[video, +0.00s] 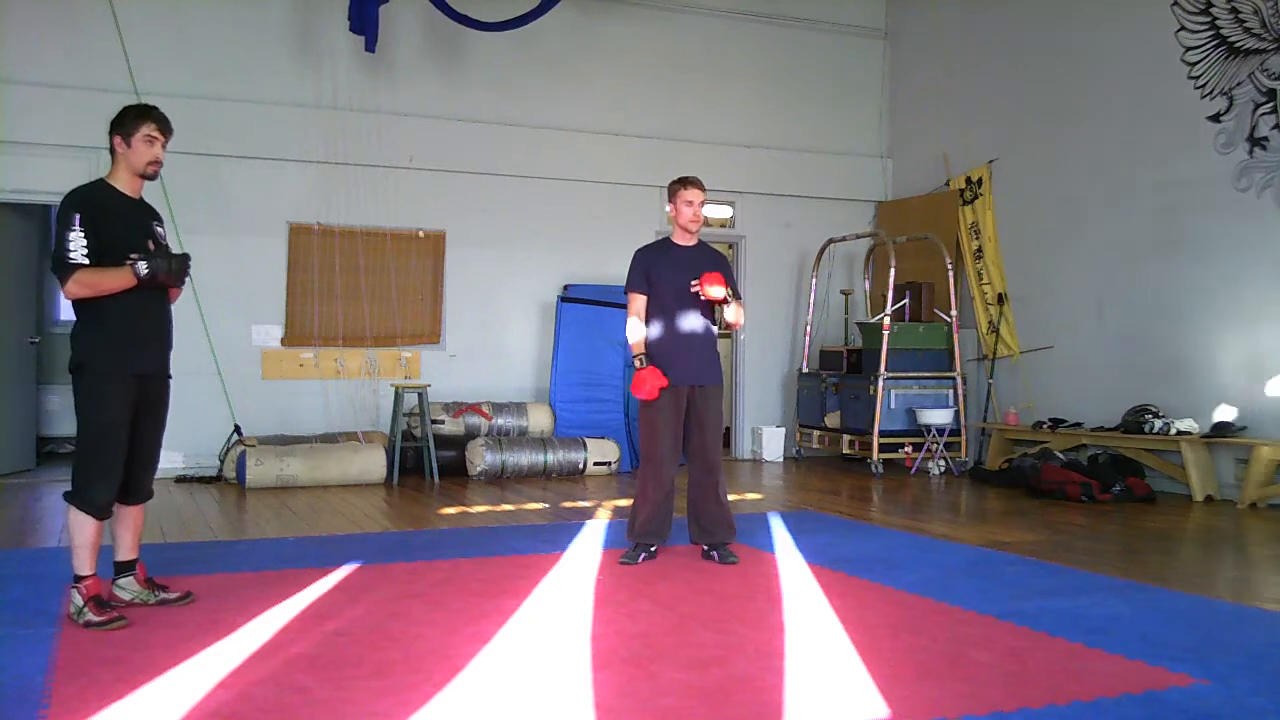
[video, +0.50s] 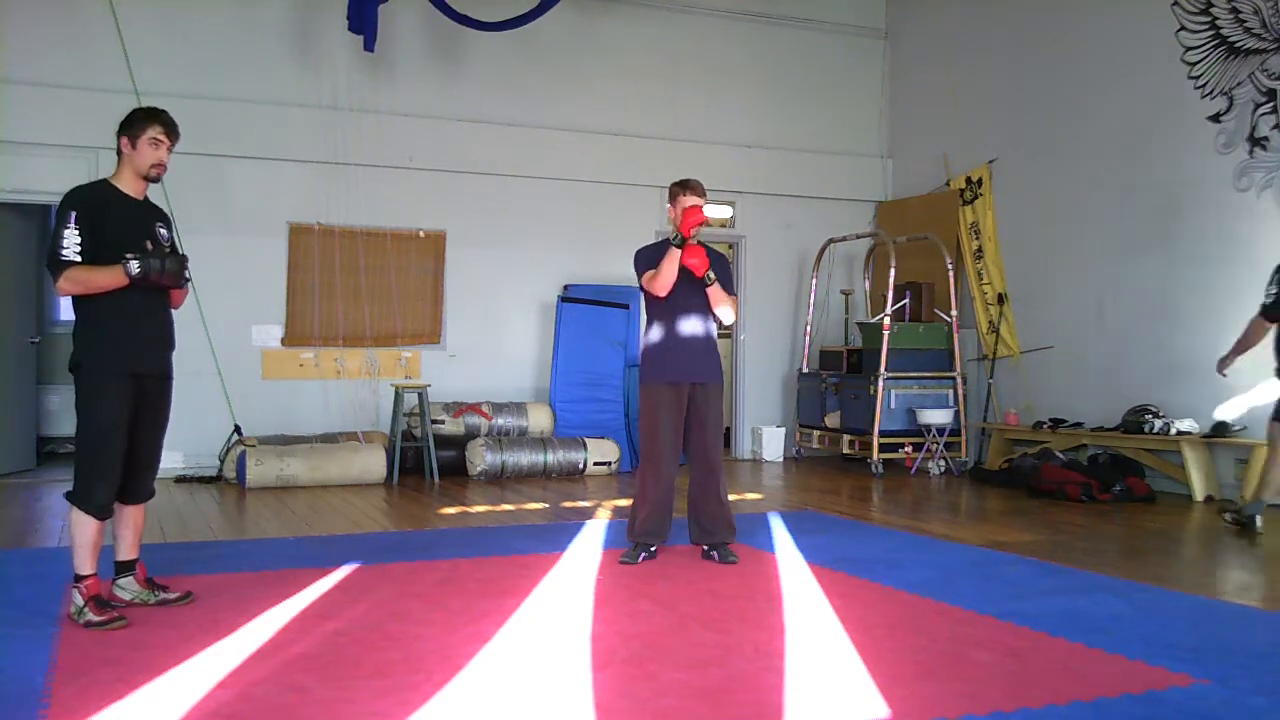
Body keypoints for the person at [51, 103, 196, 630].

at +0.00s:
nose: (159, 152)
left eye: (163, 144)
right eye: (149, 141)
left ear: (161, 152)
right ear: (119, 142)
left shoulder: (152, 216)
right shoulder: (82, 201)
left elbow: (166, 297)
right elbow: (74, 284)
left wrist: (176, 275)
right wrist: (143, 270)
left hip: (151, 364)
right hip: (103, 363)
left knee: (136, 472)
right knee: (96, 473)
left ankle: (129, 580)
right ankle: (84, 592)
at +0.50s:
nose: (163, 156)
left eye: (168, 148)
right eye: (155, 144)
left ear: (166, 155)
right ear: (125, 144)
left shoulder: (159, 217)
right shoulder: (83, 200)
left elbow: (177, 299)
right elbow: (66, 279)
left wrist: (176, 273)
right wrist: (136, 269)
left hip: (154, 366)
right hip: (103, 363)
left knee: (137, 475)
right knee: (97, 476)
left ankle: (128, 580)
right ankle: (84, 592)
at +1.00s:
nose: (172, 157)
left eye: (177, 150)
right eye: (164, 146)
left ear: (172, 156)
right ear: (133, 144)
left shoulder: (159, 219)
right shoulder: (89, 200)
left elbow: (169, 303)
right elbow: (76, 279)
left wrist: (181, 277)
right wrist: (146, 272)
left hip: (154, 365)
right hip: (105, 363)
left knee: (142, 471)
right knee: (98, 472)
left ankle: (135, 579)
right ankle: (91, 590)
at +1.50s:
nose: (167, 156)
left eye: (171, 148)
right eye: (159, 145)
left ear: (167, 154)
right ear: (127, 144)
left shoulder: (155, 218)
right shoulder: (87, 200)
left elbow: (164, 299)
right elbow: (74, 282)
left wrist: (177, 278)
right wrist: (143, 273)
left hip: (152, 364)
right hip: (104, 363)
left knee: (142, 471)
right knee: (99, 472)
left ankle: (135, 579)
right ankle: (90, 591)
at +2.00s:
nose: (107, 146)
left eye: (112, 138)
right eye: (98, 134)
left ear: (109, 145)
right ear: (66, 134)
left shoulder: (97, 209)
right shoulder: (24, 195)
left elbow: (108, 290)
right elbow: (15, 278)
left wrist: (122, 272)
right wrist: (87, 266)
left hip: (99, 360)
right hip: (49, 360)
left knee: (88, 467)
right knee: (43, 469)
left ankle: (80, 578)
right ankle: (34, 590)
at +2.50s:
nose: (135, 147)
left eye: (138, 139)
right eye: (125, 135)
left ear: (133, 146)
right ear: (92, 135)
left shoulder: (122, 209)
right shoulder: (52, 194)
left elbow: (133, 291)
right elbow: (43, 278)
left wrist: (146, 273)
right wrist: (113, 266)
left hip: (122, 359)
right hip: (74, 358)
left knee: (110, 466)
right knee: (67, 467)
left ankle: (101, 576)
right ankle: (57, 589)